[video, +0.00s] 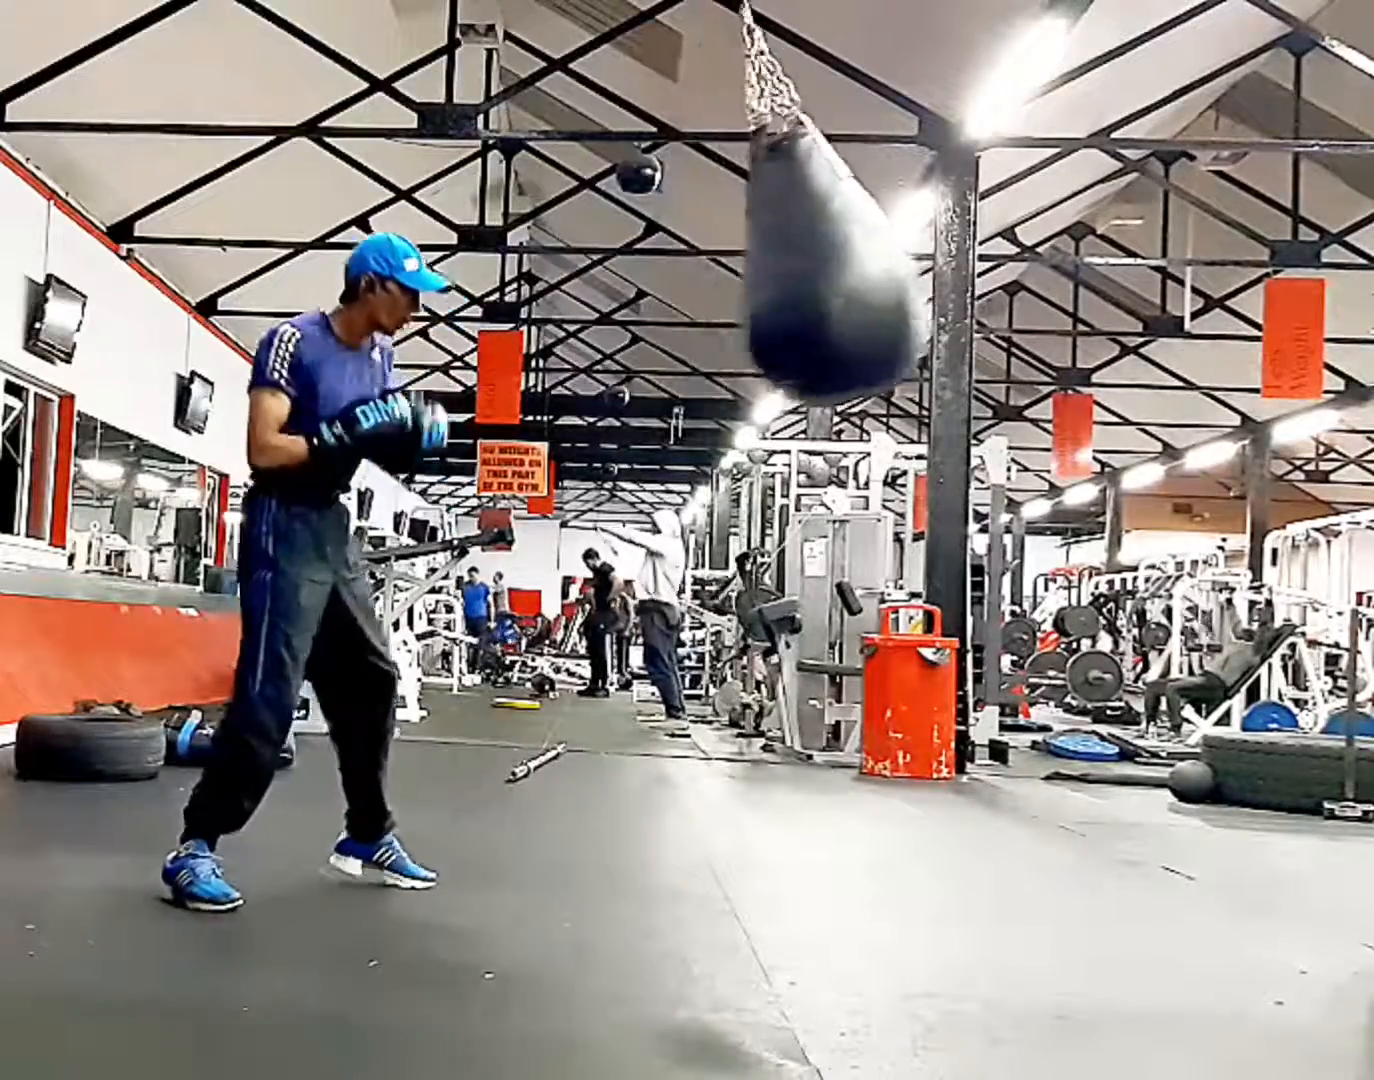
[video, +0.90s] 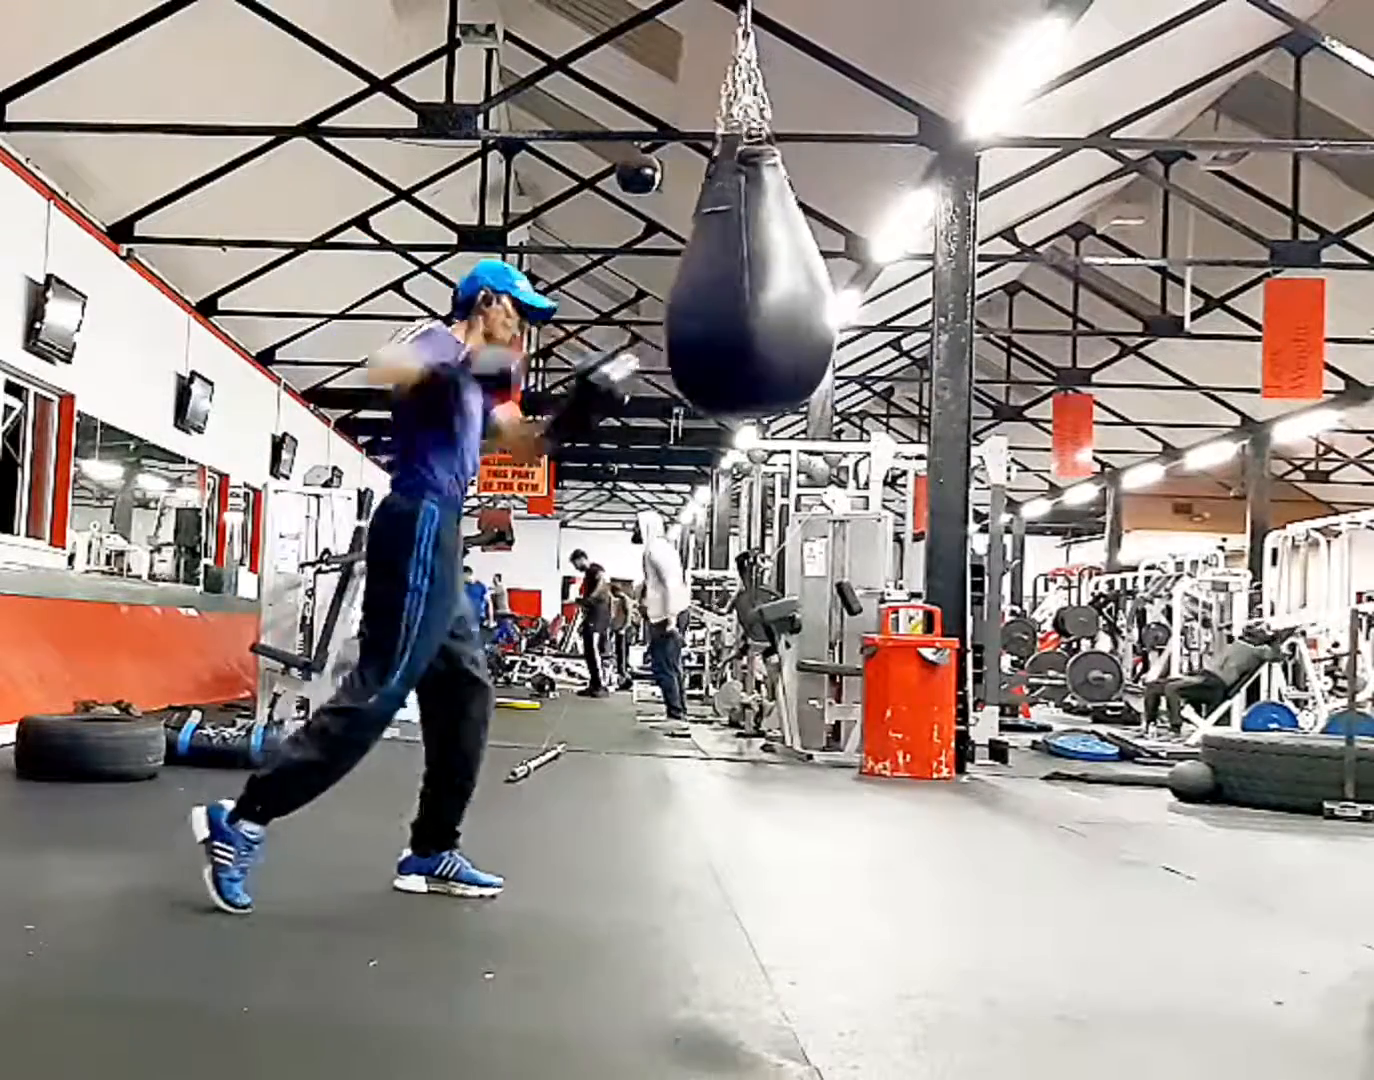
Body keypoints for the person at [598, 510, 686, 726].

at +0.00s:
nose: (654, 528)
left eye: (656, 524)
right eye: (654, 524)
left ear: (665, 525)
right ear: (673, 524)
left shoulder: (668, 543)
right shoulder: (673, 545)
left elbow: (637, 538)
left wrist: (606, 530)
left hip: (658, 607)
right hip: (665, 606)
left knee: (658, 661)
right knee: (666, 660)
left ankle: (675, 712)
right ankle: (676, 709)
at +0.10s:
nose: (651, 529)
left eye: (654, 525)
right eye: (652, 526)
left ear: (663, 526)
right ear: (671, 525)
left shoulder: (668, 545)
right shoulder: (673, 547)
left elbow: (635, 545)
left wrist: (605, 541)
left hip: (659, 608)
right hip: (665, 606)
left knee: (658, 660)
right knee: (666, 659)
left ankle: (675, 709)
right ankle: (676, 706)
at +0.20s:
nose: (652, 529)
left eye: (654, 525)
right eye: (653, 524)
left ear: (664, 525)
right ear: (672, 526)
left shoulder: (666, 546)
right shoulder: (678, 549)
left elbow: (636, 550)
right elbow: (686, 586)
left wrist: (605, 554)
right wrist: (684, 611)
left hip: (660, 607)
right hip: (671, 606)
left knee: (659, 659)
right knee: (668, 658)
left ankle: (675, 708)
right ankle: (677, 706)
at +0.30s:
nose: (648, 530)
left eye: (651, 526)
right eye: (649, 526)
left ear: (660, 527)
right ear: (670, 527)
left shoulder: (664, 546)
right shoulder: (677, 548)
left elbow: (639, 559)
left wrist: (611, 568)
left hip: (662, 606)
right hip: (674, 605)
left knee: (662, 658)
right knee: (668, 658)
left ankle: (675, 708)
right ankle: (677, 706)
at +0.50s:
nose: (642, 529)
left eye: (645, 525)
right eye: (643, 525)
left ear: (656, 526)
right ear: (661, 526)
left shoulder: (661, 548)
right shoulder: (668, 545)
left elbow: (645, 575)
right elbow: (645, 576)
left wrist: (625, 595)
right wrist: (626, 591)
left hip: (666, 611)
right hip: (673, 609)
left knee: (663, 662)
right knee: (671, 660)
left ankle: (675, 708)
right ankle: (677, 706)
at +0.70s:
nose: (636, 530)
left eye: (639, 526)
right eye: (637, 525)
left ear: (648, 527)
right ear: (657, 526)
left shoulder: (656, 550)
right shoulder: (669, 547)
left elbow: (656, 583)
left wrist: (647, 611)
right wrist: (640, 592)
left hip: (665, 610)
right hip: (678, 607)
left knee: (663, 662)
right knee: (672, 660)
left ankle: (675, 710)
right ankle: (678, 706)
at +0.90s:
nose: (633, 530)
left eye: (637, 526)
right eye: (635, 526)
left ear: (646, 528)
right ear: (652, 527)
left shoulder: (657, 550)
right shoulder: (655, 549)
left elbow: (671, 583)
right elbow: (657, 584)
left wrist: (672, 617)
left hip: (666, 615)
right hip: (664, 614)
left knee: (664, 667)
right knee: (670, 665)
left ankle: (675, 711)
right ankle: (677, 708)